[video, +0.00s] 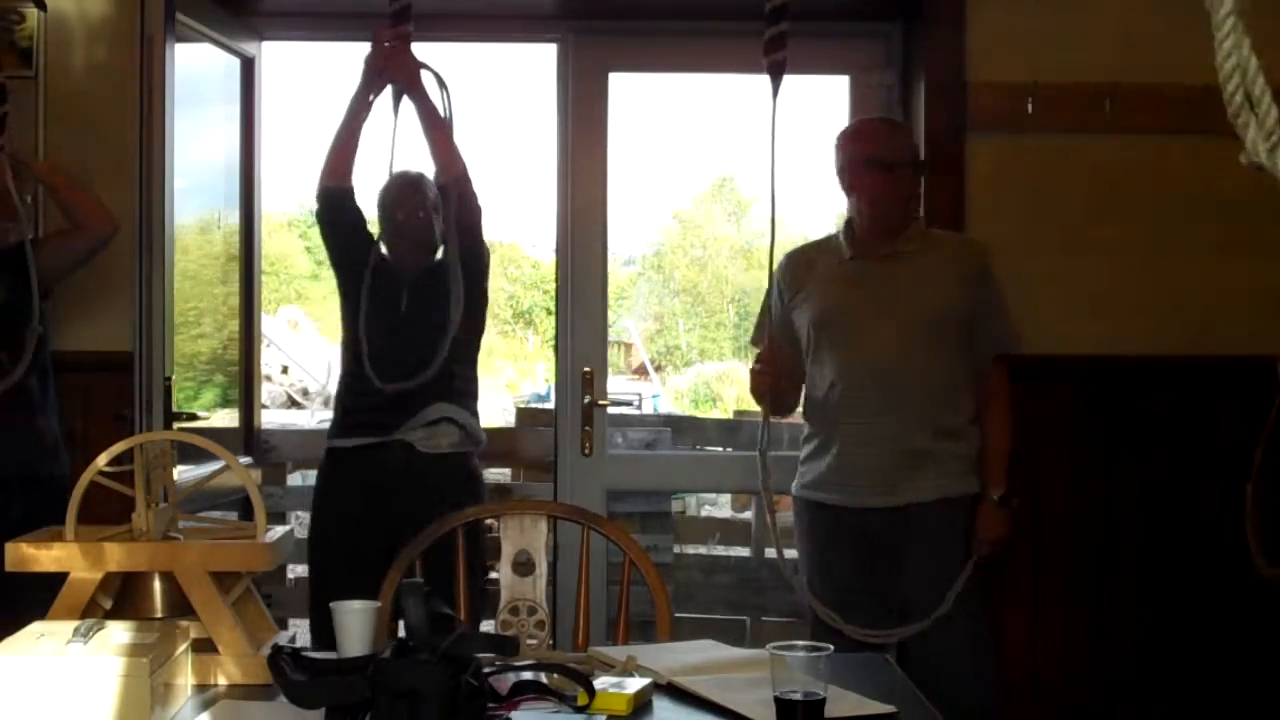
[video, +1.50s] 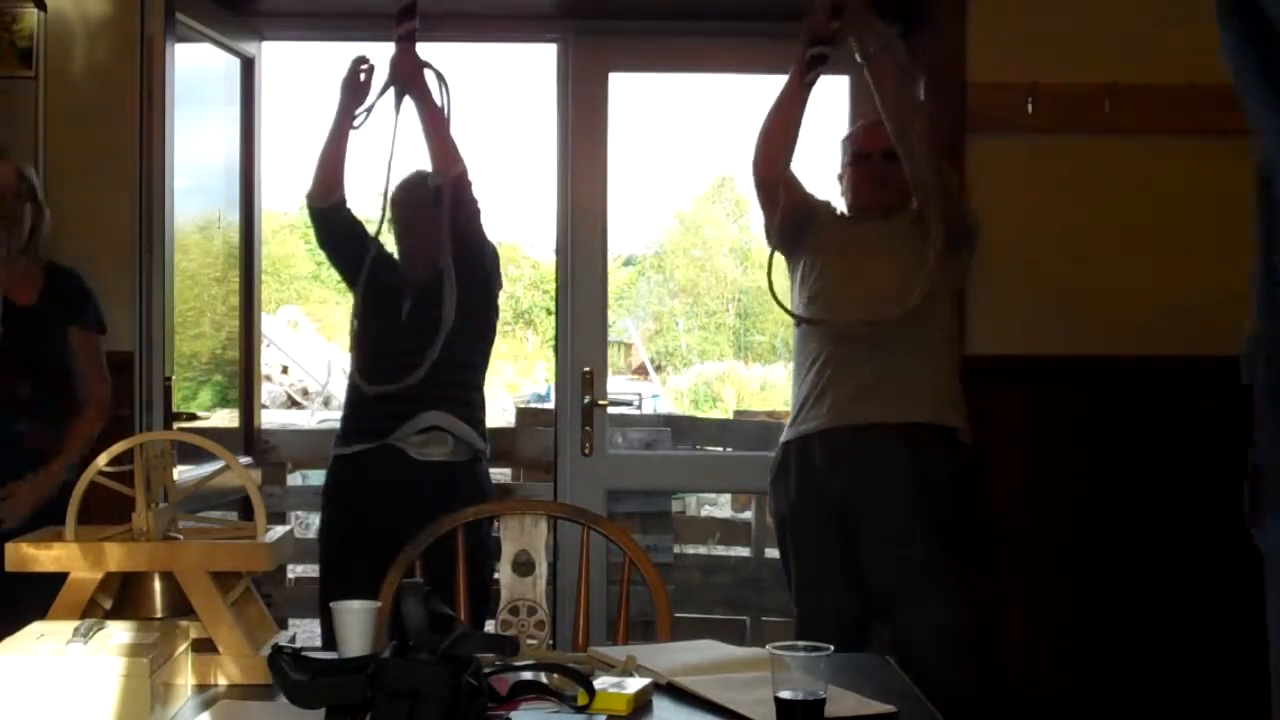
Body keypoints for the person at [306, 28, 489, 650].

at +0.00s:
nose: (409, 208)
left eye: (420, 200)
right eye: (397, 201)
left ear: (440, 217)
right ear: (379, 221)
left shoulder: (463, 278)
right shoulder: (363, 275)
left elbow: (458, 188)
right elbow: (333, 193)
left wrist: (418, 91)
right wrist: (366, 92)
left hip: (441, 467)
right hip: (357, 466)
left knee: (443, 626)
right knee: (348, 630)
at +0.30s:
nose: (427, 217)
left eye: (438, 207)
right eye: (413, 209)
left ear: (458, 218)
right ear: (397, 226)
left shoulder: (482, 278)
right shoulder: (381, 279)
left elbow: (470, 182)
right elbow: (338, 203)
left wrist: (428, 91)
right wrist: (365, 104)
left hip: (466, 472)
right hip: (382, 470)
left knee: (463, 629)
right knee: (368, 628)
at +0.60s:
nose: (423, 213)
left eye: (433, 203)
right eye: (410, 205)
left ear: (454, 218)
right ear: (394, 223)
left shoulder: (480, 279)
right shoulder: (378, 280)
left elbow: (469, 183)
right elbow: (333, 203)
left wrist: (429, 93)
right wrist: (360, 104)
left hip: (460, 473)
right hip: (375, 471)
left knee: (461, 632)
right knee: (364, 632)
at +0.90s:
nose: (428, 206)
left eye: (439, 197)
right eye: (412, 198)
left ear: (454, 217)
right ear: (390, 222)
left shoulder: (473, 280)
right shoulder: (374, 280)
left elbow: (462, 181)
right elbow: (329, 199)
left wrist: (423, 91)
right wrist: (357, 106)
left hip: (452, 479)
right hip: (364, 478)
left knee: (456, 645)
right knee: (358, 649)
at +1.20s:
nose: (417, 217)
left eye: (429, 205)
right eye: (404, 207)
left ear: (452, 219)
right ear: (387, 224)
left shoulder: (472, 280)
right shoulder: (373, 277)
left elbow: (461, 184)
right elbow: (325, 201)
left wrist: (424, 93)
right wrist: (347, 108)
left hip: (448, 477)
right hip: (363, 476)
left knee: (452, 641)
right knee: (355, 644)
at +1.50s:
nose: (421, 205)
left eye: (432, 196)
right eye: (409, 199)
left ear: (452, 216)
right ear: (394, 221)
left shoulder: (473, 281)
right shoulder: (376, 279)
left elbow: (455, 183)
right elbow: (325, 203)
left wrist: (418, 91)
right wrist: (345, 115)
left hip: (449, 477)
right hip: (364, 475)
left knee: (451, 641)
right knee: (356, 643)